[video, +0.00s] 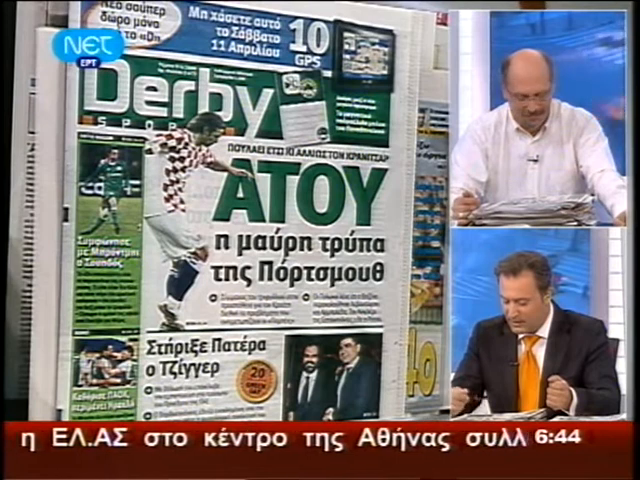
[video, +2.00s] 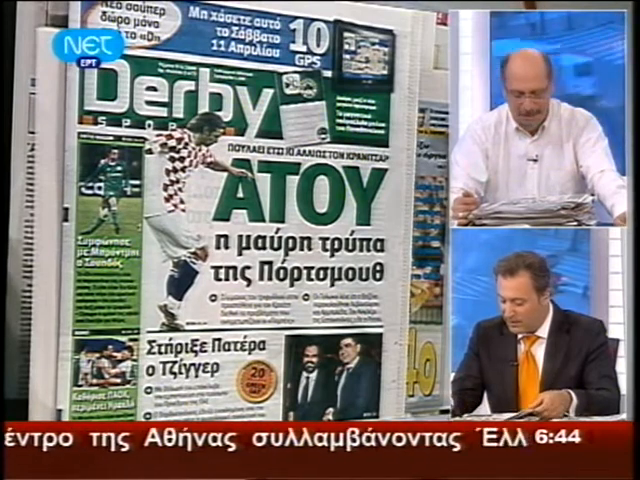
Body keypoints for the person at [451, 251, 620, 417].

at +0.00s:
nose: (511, 312)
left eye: (522, 303)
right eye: (506, 302)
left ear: (547, 296)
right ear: (500, 298)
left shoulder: (588, 333)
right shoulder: (486, 334)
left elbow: (610, 401)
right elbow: (465, 388)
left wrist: (574, 400)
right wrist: (457, 401)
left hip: (567, 450)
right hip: (504, 449)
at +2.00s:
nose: (508, 312)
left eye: (518, 303)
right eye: (503, 302)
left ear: (545, 296)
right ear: (498, 296)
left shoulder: (588, 333)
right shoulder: (486, 334)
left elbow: (610, 401)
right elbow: (462, 399)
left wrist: (569, 400)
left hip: (568, 452)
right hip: (504, 450)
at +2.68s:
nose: (508, 312)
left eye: (518, 303)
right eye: (502, 302)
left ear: (545, 297)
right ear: (497, 297)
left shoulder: (588, 332)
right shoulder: (486, 334)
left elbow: (610, 402)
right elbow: (463, 401)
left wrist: (569, 400)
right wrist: (450, 397)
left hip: (569, 452)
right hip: (505, 450)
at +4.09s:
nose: (508, 312)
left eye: (518, 303)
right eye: (503, 302)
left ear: (545, 296)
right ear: (498, 297)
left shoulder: (588, 333)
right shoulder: (487, 334)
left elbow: (610, 402)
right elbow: (464, 399)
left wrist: (569, 400)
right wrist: (451, 399)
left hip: (569, 452)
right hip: (505, 449)